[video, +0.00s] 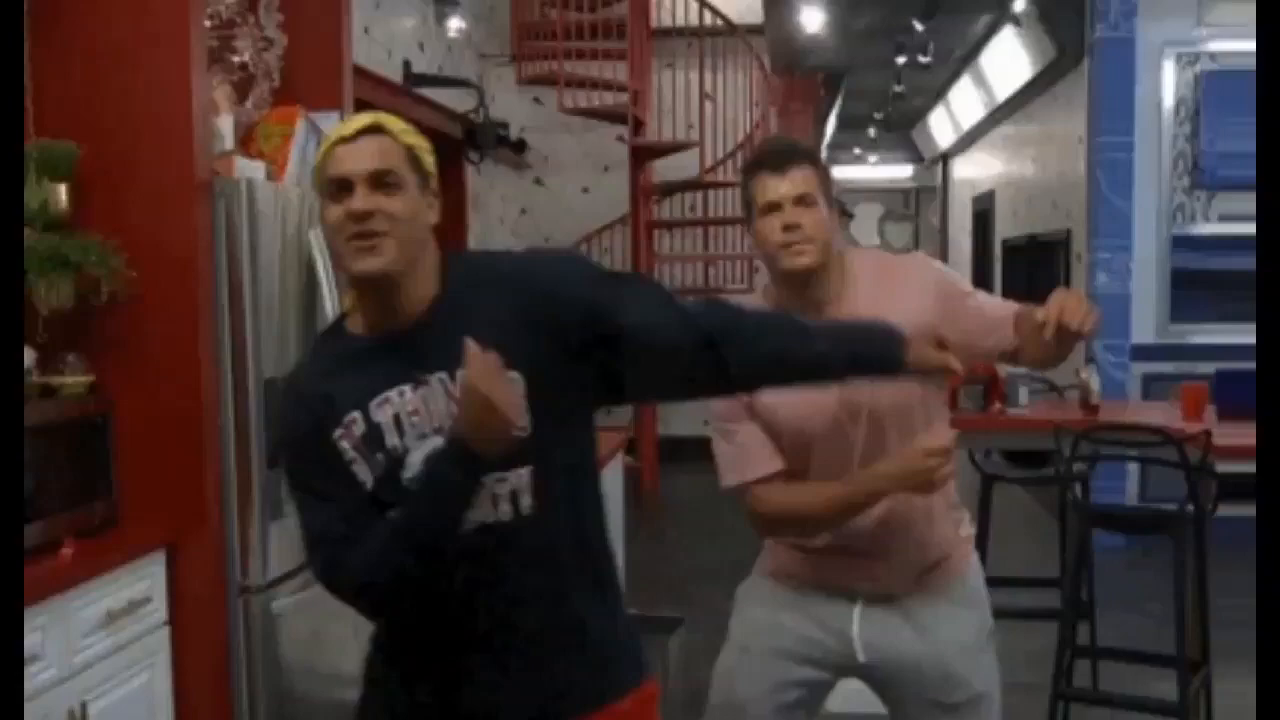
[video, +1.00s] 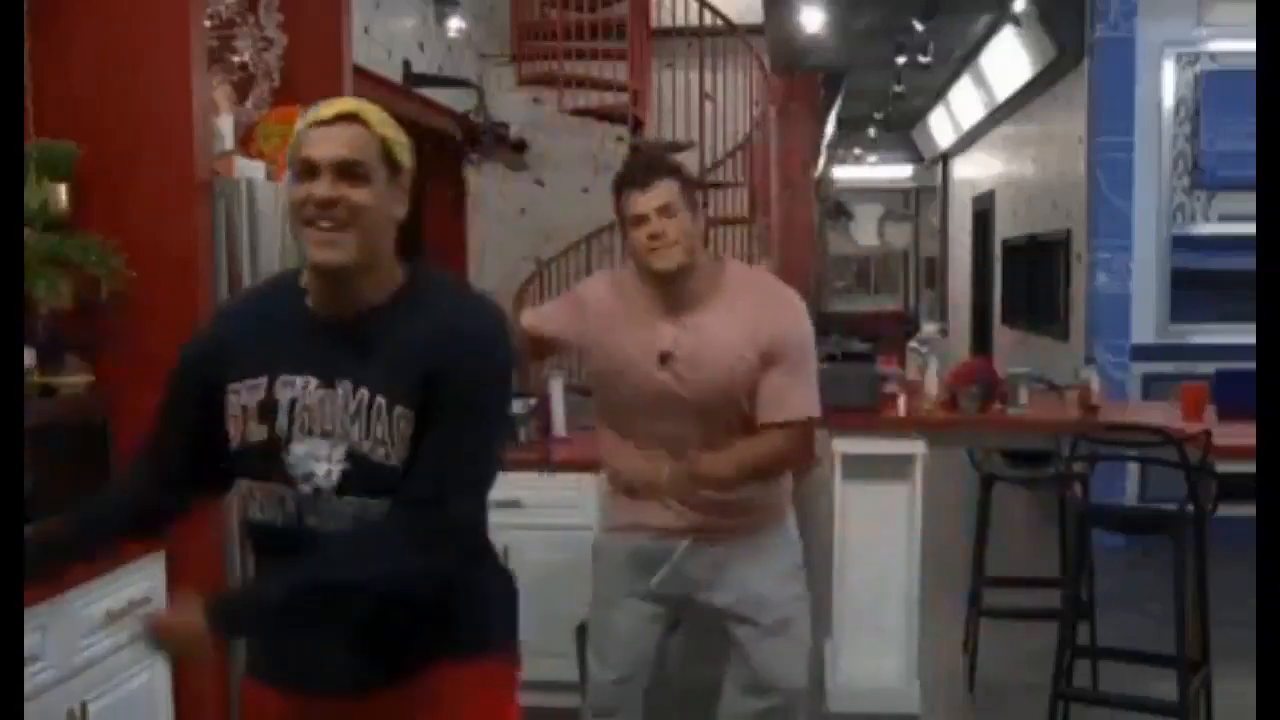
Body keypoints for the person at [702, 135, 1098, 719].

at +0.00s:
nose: (789, 221)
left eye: (803, 203)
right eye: (769, 211)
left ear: (834, 215)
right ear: (752, 234)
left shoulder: (914, 282)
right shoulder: (733, 336)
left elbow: (1026, 345)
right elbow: (766, 507)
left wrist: (1060, 323)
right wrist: (887, 478)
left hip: (930, 586)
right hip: (794, 585)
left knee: (966, 708)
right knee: (738, 707)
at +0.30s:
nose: (823, 194)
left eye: (838, 180)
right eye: (804, 182)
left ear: (859, 195)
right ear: (778, 203)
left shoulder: (923, 285)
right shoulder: (736, 317)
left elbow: (992, 389)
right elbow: (735, 454)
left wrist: (1069, 410)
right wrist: (859, 517)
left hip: (924, 573)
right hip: (798, 574)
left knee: (953, 710)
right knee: (780, 713)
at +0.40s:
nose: (810, 209)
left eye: (826, 196)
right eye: (794, 197)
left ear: (848, 213)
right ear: (770, 217)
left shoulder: (910, 312)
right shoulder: (720, 330)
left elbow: (957, 434)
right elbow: (712, 468)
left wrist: (1024, 541)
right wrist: (754, 570)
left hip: (895, 587)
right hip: (762, 587)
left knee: (931, 707)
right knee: (733, 707)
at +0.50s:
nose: (790, 196)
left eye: (806, 183)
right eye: (774, 183)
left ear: (829, 200)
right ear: (751, 202)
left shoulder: (884, 301)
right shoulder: (694, 309)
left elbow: (933, 428)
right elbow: (659, 442)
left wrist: (947, 555)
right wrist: (676, 550)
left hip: (870, 578)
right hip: (738, 579)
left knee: (899, 706)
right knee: (714, 709)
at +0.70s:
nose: (716, 209)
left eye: (731, 196)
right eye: (701, 197)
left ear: (755, 212)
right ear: (682, 214)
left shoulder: (806, 325)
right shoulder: (624, 301)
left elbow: (808, 460)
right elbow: (550, 391)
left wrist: (750, 465)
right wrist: (602, 434)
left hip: (772, 576)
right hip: (646, 578)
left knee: (823, 707)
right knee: (637, 710)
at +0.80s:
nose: (697, 206)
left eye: (712, 191)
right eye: (681, 195)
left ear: (740, 206)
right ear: (662, 212)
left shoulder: (791, 312)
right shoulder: (617, 288)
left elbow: (796, 451)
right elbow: (533, 342)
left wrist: (718, 443)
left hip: (757, 561)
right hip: (634, 557)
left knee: (798, 707)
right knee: (608, 710)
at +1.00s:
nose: (656, 230)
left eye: (668, 213)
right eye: (639, 221)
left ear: (697, 216)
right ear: (624, 236)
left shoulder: (773, 308)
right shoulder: (599, 301)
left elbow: (792, 441)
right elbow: (513, 339)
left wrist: (677, 472)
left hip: (749, 538)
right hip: (635, 537)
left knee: (783, 689)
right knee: (610, 694)